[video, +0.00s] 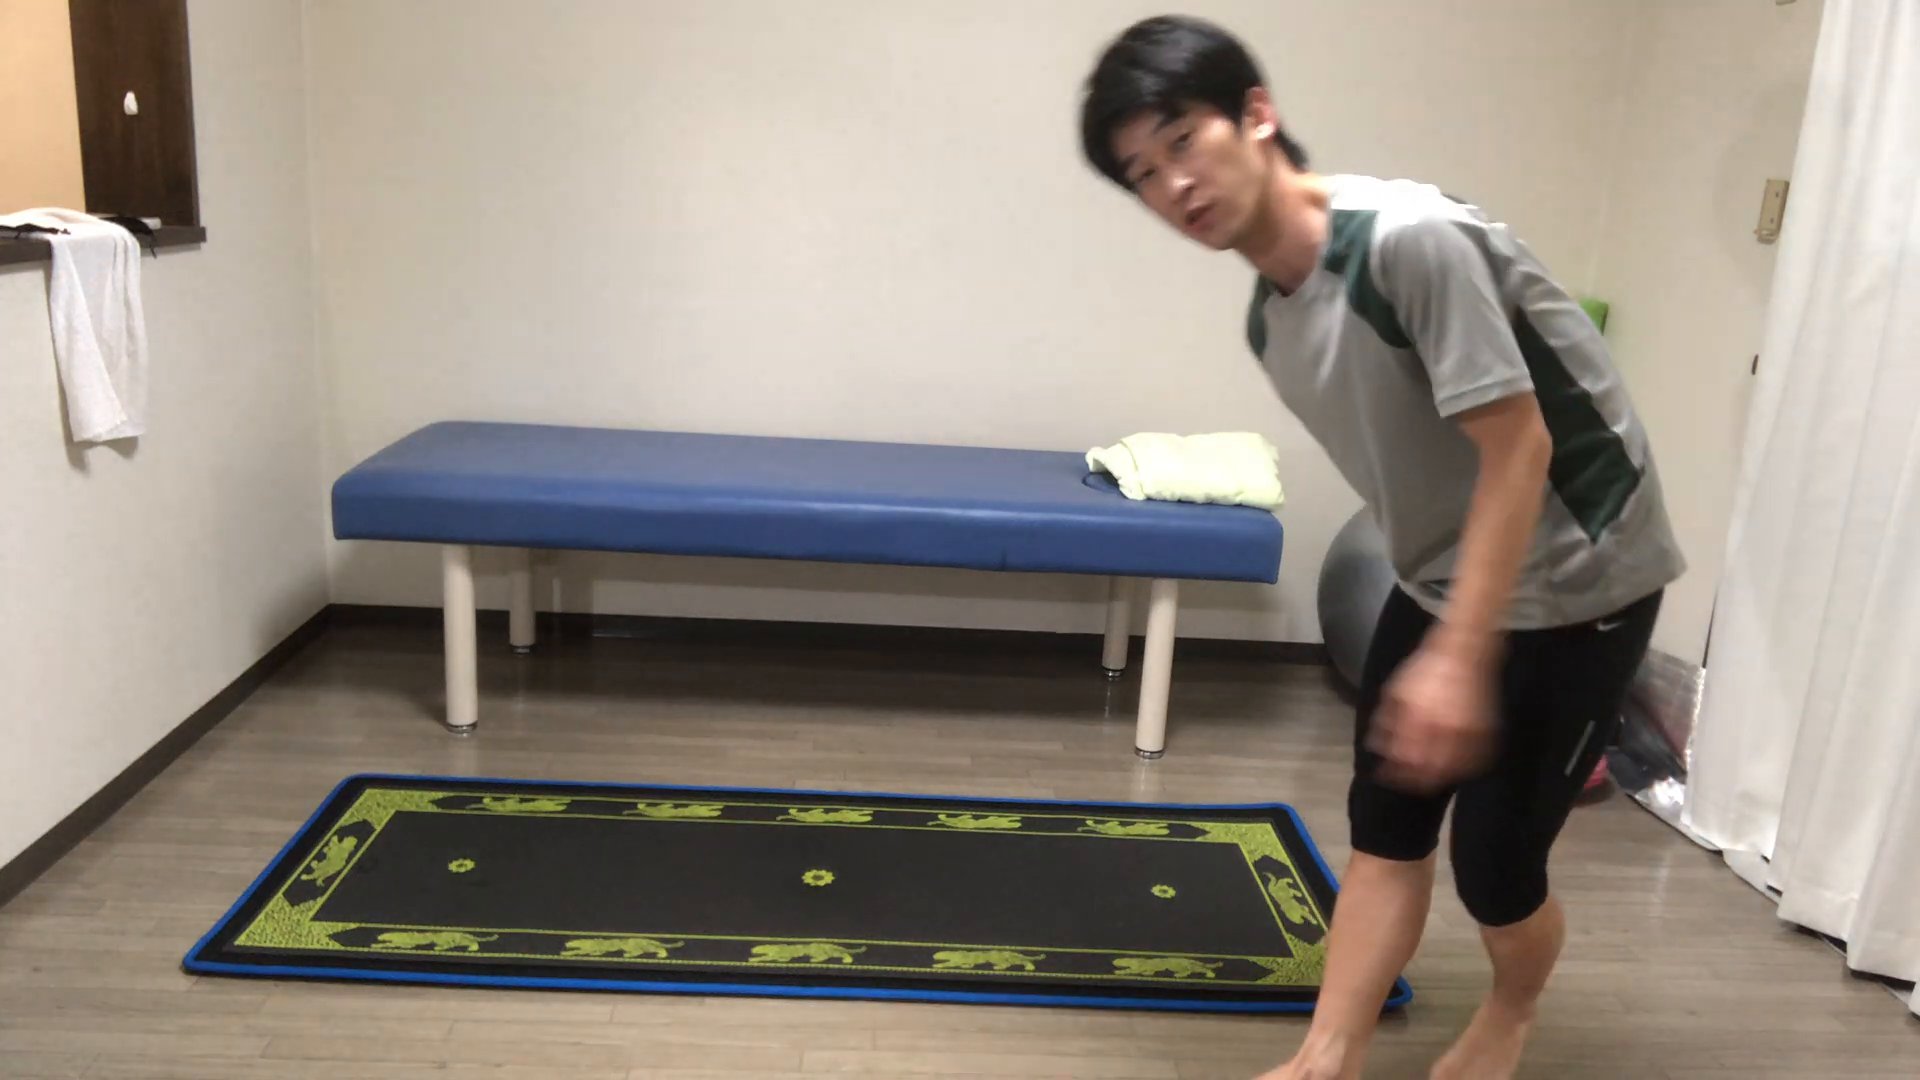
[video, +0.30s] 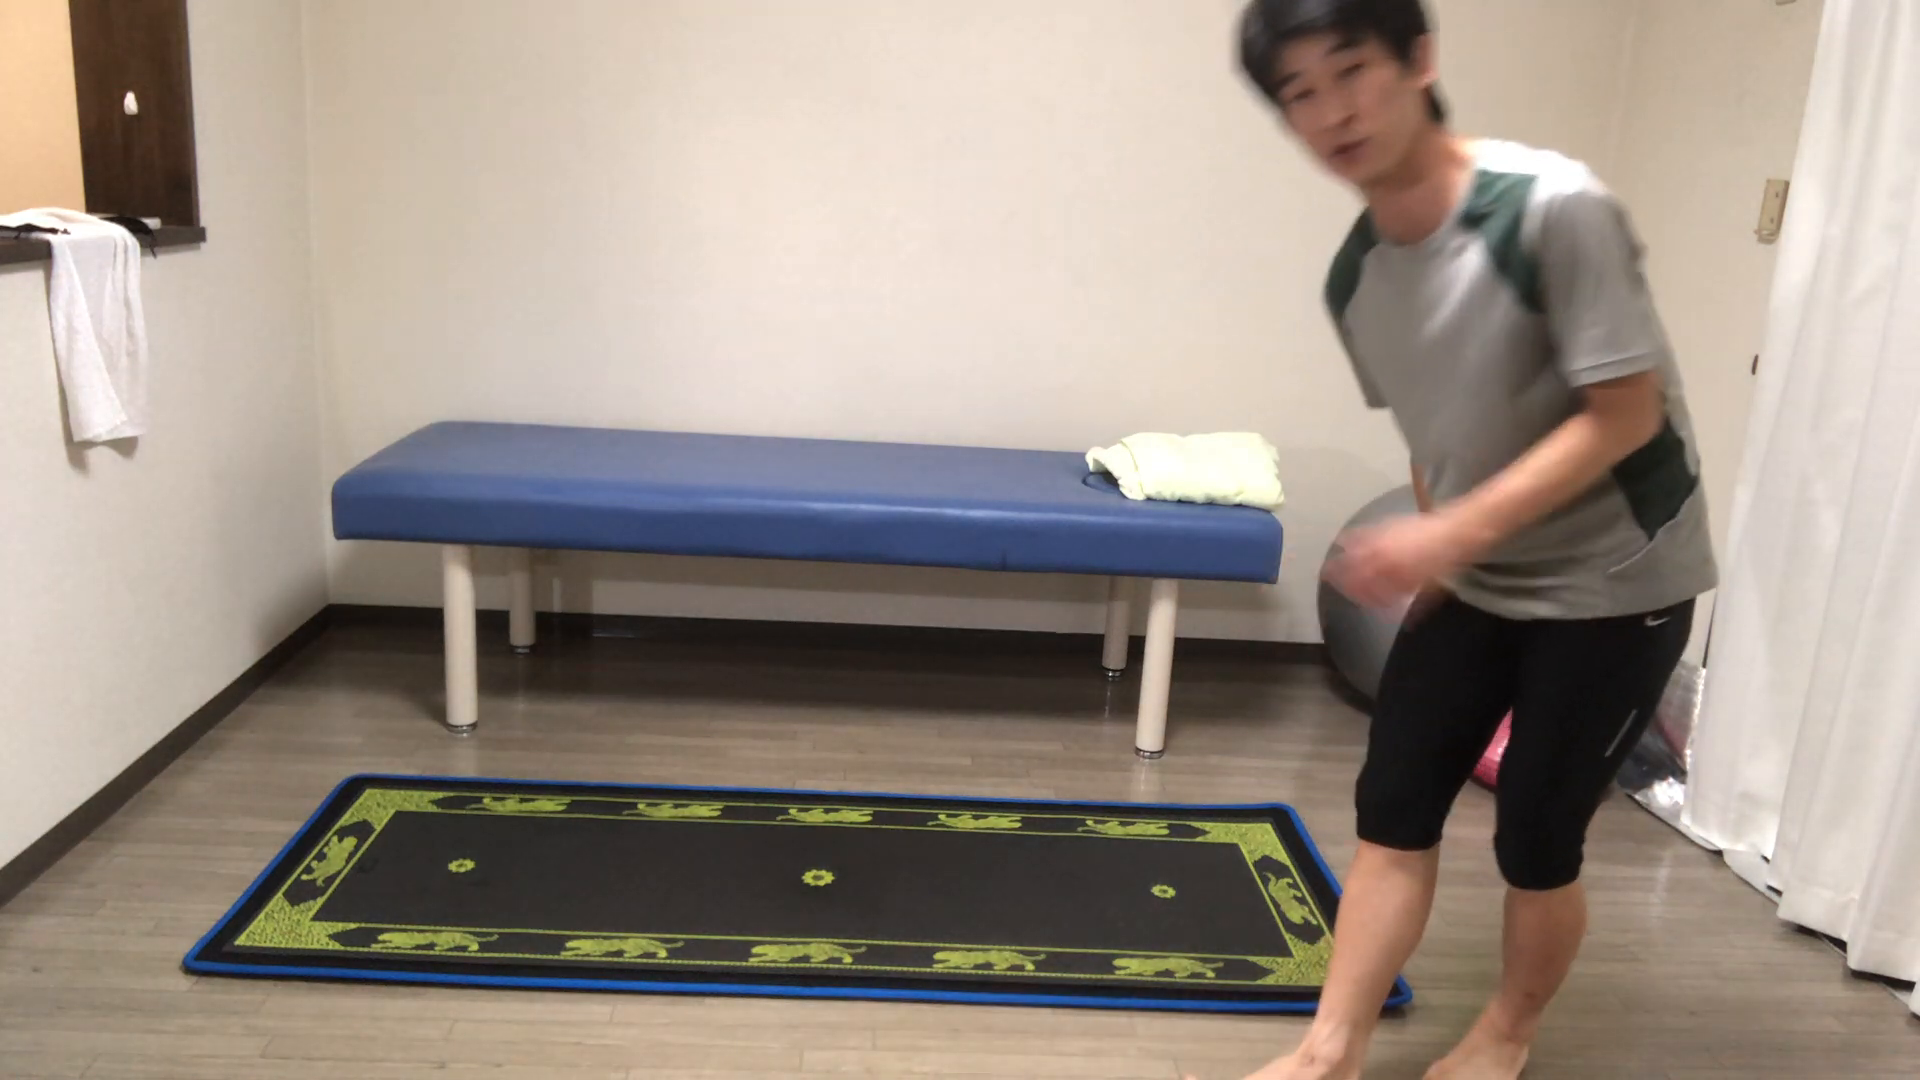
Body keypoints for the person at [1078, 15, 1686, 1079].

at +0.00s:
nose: (1174, 185)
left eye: (1183, 142)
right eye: (1144, 177)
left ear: (1258, 118)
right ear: (1138, 204)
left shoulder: (1414, 242)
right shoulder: (1270, 323)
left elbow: (1520, 449)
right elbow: (1410, 469)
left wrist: (1458, 654)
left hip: (1581, 580)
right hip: (1443, 579)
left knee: (1493, 857)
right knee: (1386, 815)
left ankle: (1510, 1011)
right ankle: (1326, 1058)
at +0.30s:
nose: (1330, 113)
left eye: (1350, 70)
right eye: (1298, 96)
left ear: (1420, 59)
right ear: (1283, 121)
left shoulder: (1555, 208)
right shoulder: (1355, 278)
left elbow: (1629, 409)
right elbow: (1432, 441)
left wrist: (1450, 533)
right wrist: (1435, 570)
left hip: (1615, 583)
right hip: (1474, 577)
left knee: (1536, 830)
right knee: (1394, 799)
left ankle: (1508, 1033)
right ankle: (1332, 1044)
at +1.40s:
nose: (1233, 11)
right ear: (1201, 12)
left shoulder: (1408, 126)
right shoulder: (1229, 163)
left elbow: (1471, 328)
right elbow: (1239, 343)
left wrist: (1394, 499)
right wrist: (1199, 493)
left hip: (1370, 528)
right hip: (1257, 520)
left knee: (1332, 778)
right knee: (1268, 752)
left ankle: (1447, 978)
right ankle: (1287, 955)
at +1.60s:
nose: (1185, 6)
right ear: (1153, 7)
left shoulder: (1351, 128)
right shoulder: (1165, 154)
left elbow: (1419, 337)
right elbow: (1169, 340)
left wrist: (1405, 515)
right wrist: (1155, 493)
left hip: (1312, 511)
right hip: (1203, 510)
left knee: (1202, 751)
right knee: (1245, 739)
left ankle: (1231, 974)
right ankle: (1287, 951)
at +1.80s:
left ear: (1217, 4)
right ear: (1108, 5)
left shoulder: (1264, 149)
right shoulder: (1097, 143)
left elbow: (1333, 342)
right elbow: (1106, 321)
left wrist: (1370, 519)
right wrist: (1077, 472)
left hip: (1218, 524)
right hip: (1130, 515)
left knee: (1094, 757)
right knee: (1205, 738)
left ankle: (1018, 1010)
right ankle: (1284, 947)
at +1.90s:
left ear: (1185, 3)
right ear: (1091, 1)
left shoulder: (1214, 164)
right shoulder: (1050, 124)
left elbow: (1269, 362)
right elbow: (1060, 314)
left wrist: (1302, 543)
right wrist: (1026, 456)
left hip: (1159, 523)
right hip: (1078, 508)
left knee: (1037, 763)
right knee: (1150, 740)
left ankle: (1012, 1013)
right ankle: (1272, 928)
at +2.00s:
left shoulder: (1173, 168)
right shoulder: (1007, 95)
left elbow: (1185, 382)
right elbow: (1004, 293)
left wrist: (1190, 574)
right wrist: (968, 429)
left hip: (1103, 511)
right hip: (1008, 486)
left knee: (1017, 762)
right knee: (1032, 729)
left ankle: (1012, 1011)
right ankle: (1210, 886)